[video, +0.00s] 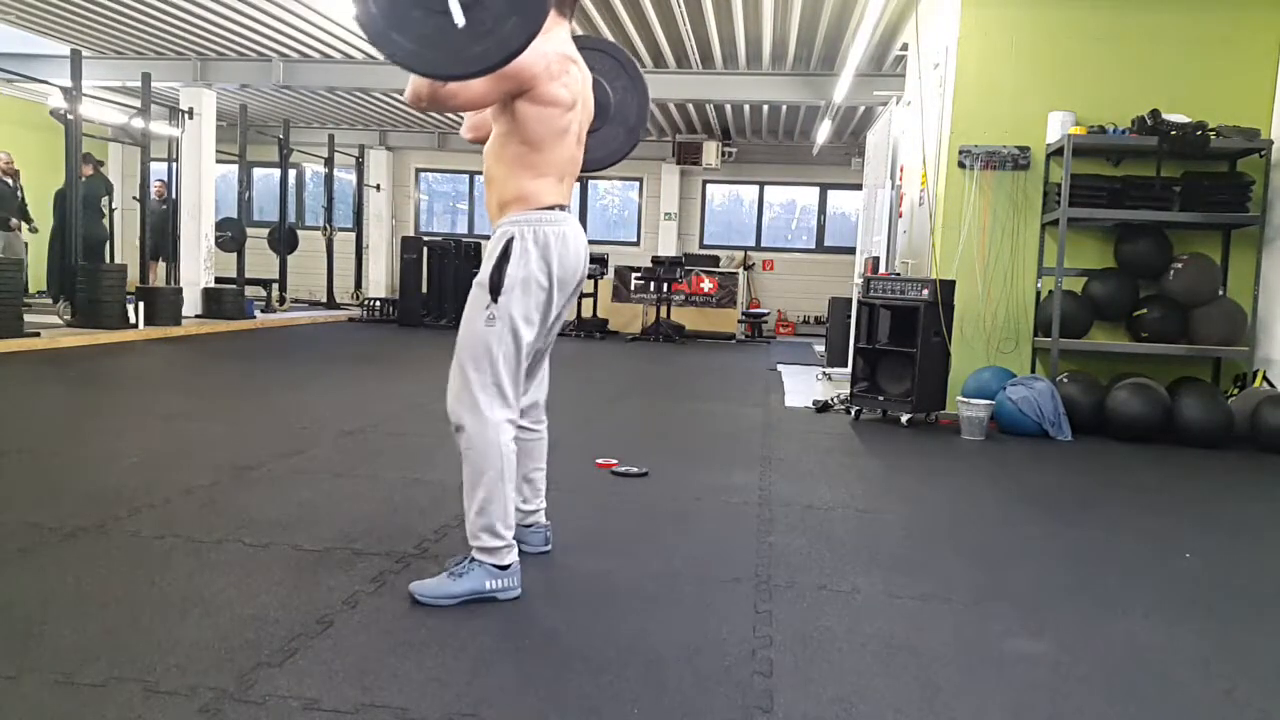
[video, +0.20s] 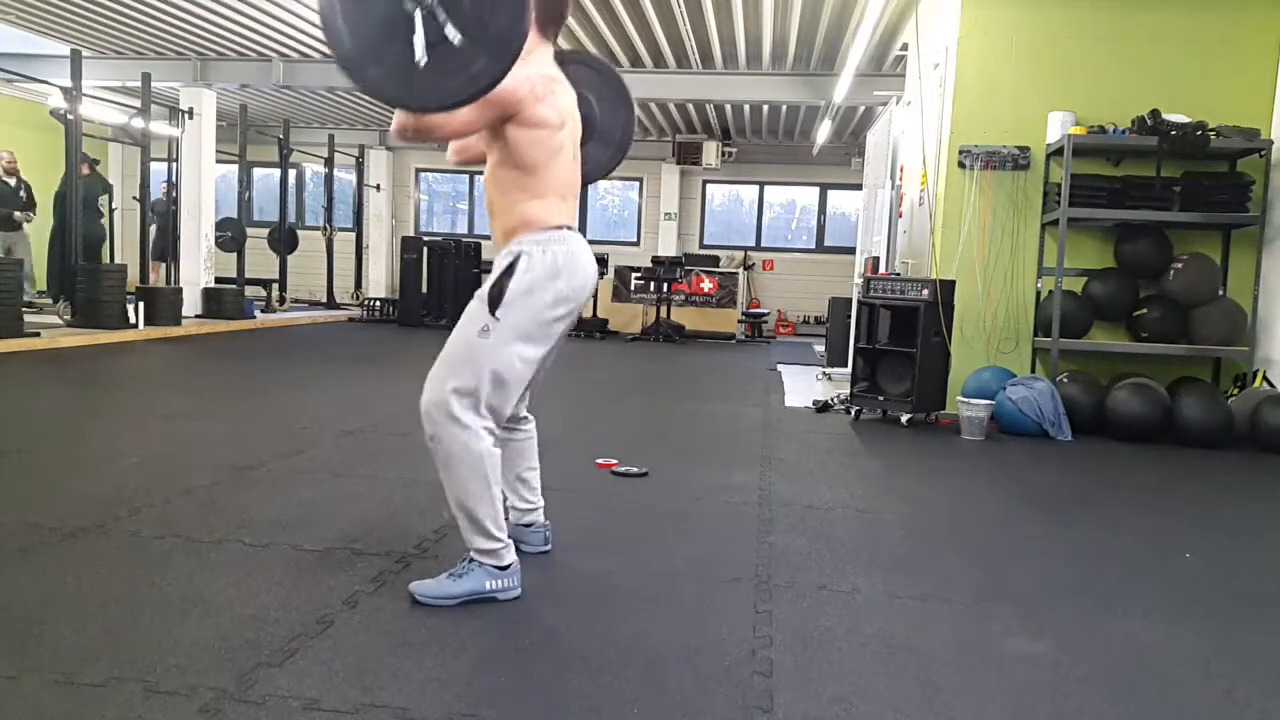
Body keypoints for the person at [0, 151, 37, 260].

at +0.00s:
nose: (10, 166)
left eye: (12, 163)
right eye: (6, 163)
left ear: (14, 163)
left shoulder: (16, 184)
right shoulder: (2, 183)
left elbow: (21, 205)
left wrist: (30, 222)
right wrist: (7, 220)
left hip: (14, 231)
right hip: (3, 231)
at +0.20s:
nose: (13, 165)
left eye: (14, 162)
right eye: (9, 162)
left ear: (17, 163)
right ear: (1, 164)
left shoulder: (24, 184)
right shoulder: (1, 183)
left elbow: (32, 204)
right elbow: (1, 209)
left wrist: (28, 214)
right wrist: (12, 214)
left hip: (18, 232)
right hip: (3, 232)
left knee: (25, 266)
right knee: (2, 269)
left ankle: (26, 297)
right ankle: (3, 298)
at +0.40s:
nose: (21, 166)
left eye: (22, 163)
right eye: (17, 164)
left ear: (26, 164)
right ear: (10, 165)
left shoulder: (34, 186)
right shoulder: (3, 184)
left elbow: (43, 206)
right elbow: (1, 209)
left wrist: (34, 214)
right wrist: (15, 214)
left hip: (27, 234)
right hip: (6, 233)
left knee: (31, 270)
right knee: (6, 270)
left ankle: (35, 302)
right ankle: (7, 302)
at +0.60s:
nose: (23, 166)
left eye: (26, 163)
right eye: (20, 163)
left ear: (31, 163)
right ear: (15, 163)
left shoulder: (41, 184)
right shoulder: (4, 181)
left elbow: (48, 206)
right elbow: (1, 204)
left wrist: (34, 210)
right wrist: (14, 209)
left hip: (29, 233)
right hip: (6, 231)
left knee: (33, 268)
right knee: (6, 268)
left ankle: (35, 301)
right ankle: (7, 302)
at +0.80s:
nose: (18, 168)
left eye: (21, 165)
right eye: (15, 165)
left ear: (27, 165)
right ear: (10, 166)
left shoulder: (37, 185)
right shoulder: (3, 183)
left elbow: (46, 208)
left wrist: (30, 208)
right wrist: (6, 208)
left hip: (28, 235)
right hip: (5, 234)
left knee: (31, 271)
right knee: (5, 271)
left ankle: (35, 302)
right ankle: (7, 303)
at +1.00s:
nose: (3, 167)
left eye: (6, 164)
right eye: (1, 164)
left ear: (12, 164)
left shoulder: (24, 184)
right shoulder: (0, 184)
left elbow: (36, 206)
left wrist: (20, 210)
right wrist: (2, 209)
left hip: (19, 236)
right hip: (3, 235)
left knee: (26, 270)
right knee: (4, 272)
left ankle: (35, 300)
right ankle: (5, 303)